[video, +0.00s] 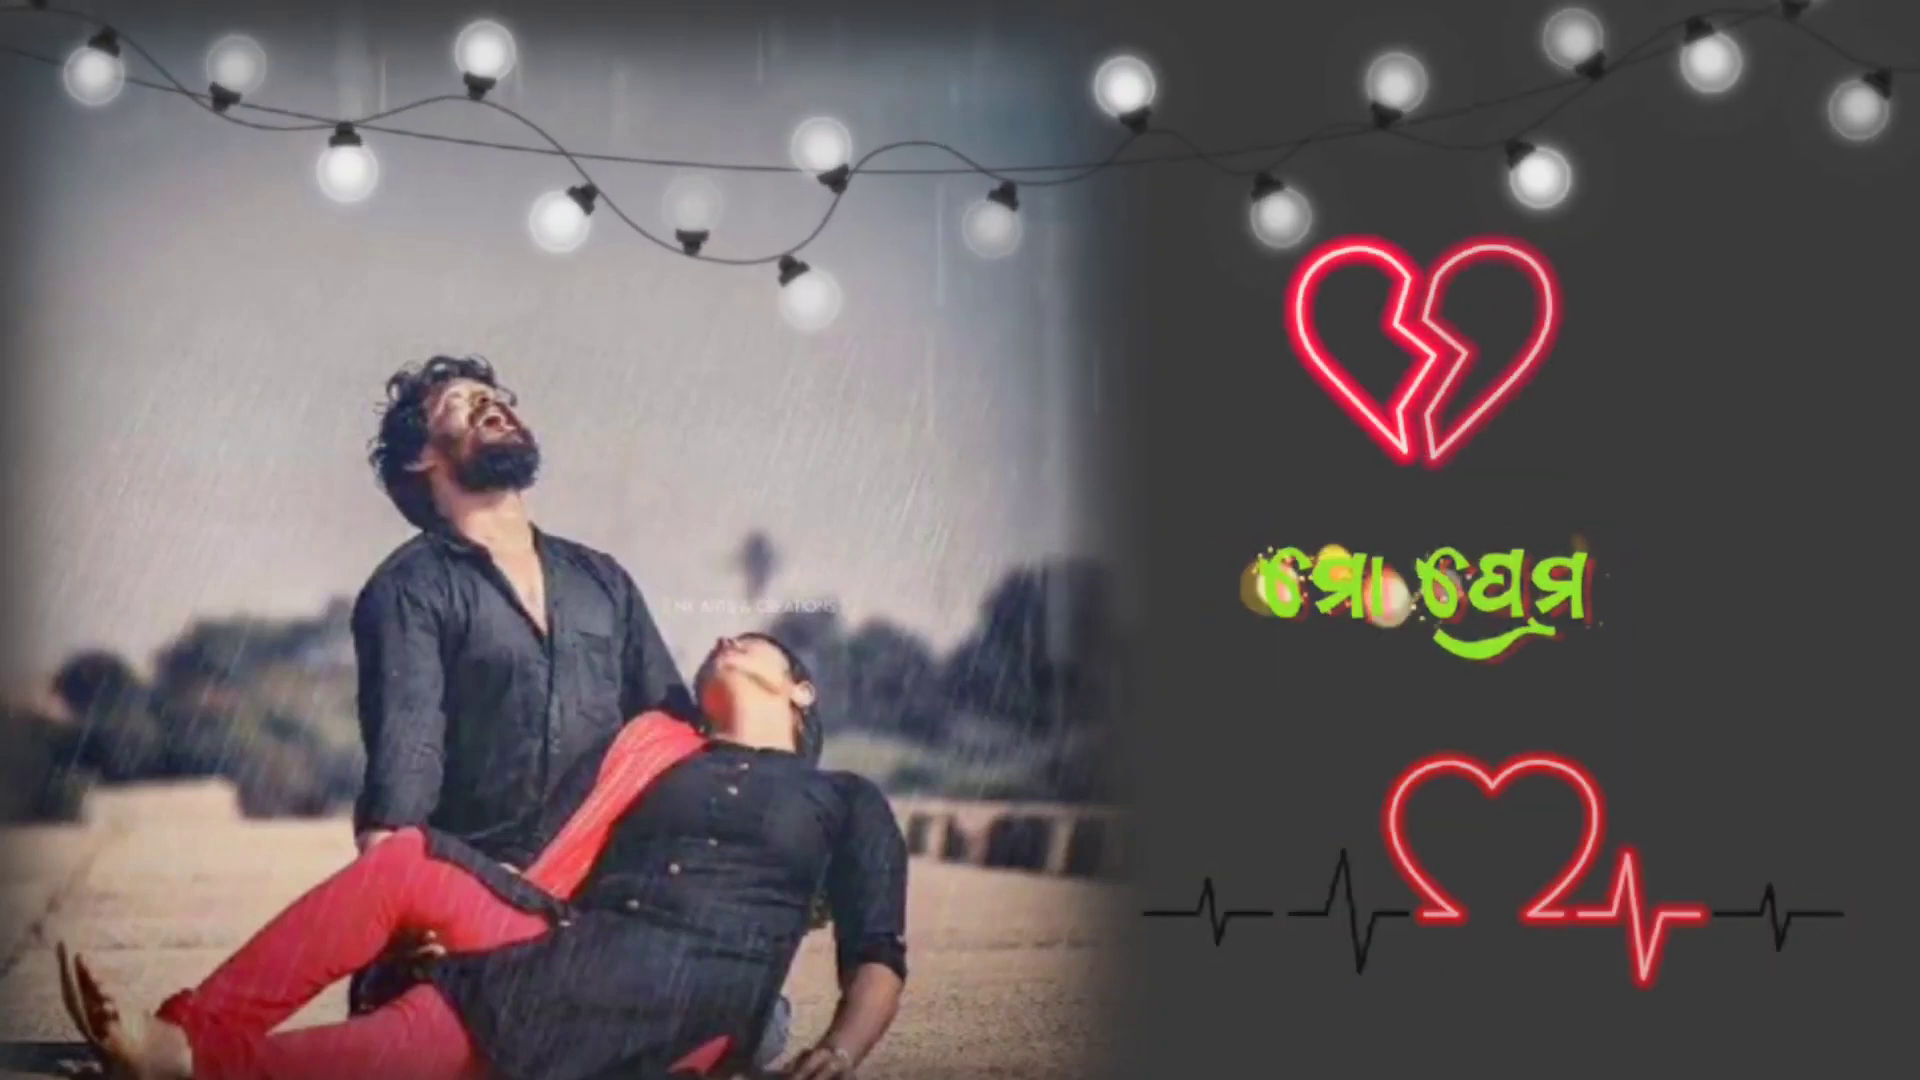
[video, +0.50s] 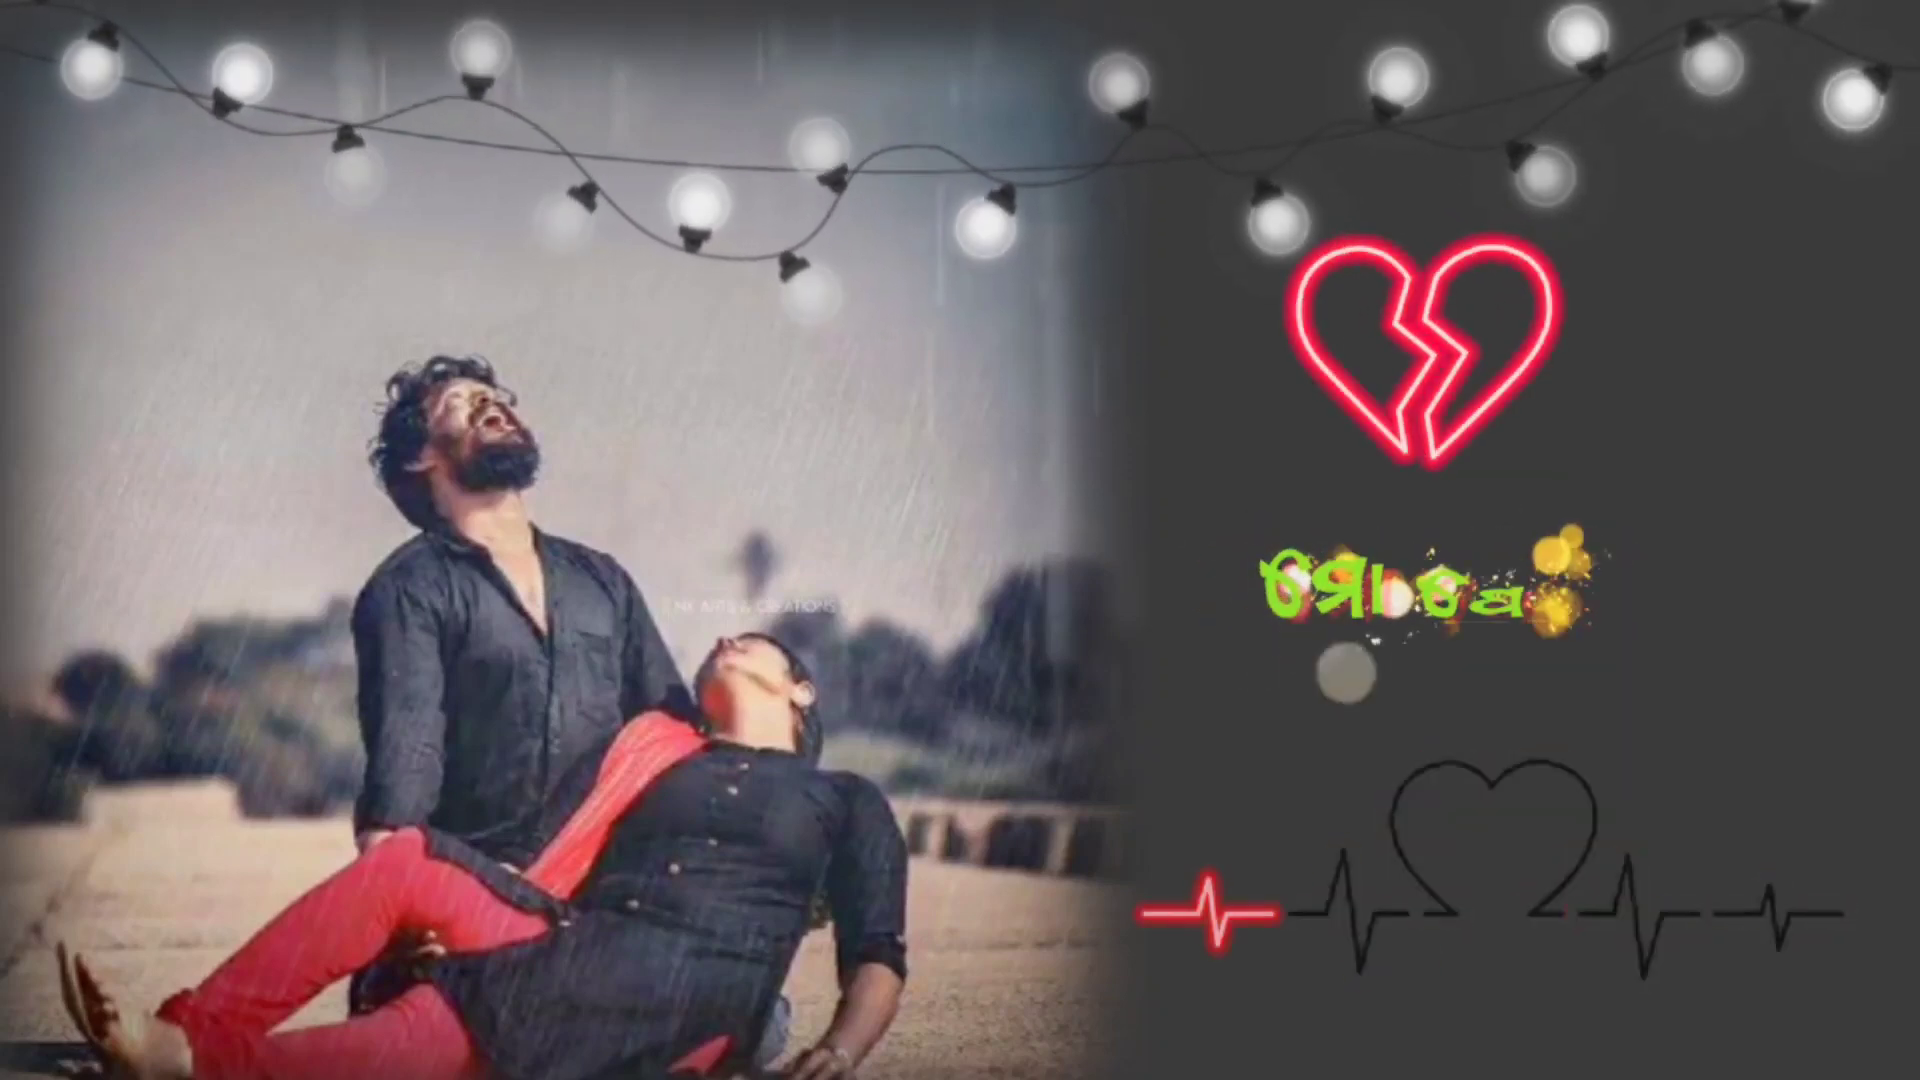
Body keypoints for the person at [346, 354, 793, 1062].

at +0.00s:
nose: (496, 408)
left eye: (501, 401)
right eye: (462, 406)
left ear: (524, 438)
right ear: (421, 463)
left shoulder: (603, 579)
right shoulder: (410, 588)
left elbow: (679, 729)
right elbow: (404, 753)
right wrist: (389, 902)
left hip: (617, 885)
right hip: (461, 891)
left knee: (761, 1019)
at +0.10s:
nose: (495, 409)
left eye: (500, 401)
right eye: (461, 406)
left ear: (525, 436)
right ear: (421, 462)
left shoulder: (603, 579)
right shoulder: (411, 587)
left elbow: (678, 729)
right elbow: (405, 745)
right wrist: (388, 893)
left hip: (616, 883)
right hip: (461, 889)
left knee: (762, 1020)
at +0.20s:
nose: (496, 409)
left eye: (501, 401)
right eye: (463, 406)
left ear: (525, 436)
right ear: (421, 462)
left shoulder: (603, 579)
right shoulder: (411, 587)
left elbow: (678, 729)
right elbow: (404, 748)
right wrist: (388, 895)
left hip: (615, 884)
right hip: (460, 889)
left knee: (762, 1020)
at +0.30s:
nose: (495, 408)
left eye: (501, 401)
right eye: (461, 406)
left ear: (525, 436)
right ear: (421, 462)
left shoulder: (603, 579)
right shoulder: (410, 587)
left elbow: (678, 729)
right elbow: (404, 748)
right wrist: (389, 895)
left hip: (617, 884)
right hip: (462, 890)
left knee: (762, 1020)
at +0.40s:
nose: (496, 409)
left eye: (501, 401)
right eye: (463, 406)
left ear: (525, 437)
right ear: (421, 462)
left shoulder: (603, 579)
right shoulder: (410, 588)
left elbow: (678, 729)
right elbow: (404, 751)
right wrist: (389, 900)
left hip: (616, 884)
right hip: (461, 890)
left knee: (762, 1019)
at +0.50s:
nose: (496, 408)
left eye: (501, 401)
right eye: (462, 406)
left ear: (524, 438)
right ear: (421, 463)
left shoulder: (603, 579)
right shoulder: (410, 588)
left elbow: (679, 729)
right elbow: (404, 753)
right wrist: (389, 902)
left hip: (617, 885)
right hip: (461, 890)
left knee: (761, 1019)